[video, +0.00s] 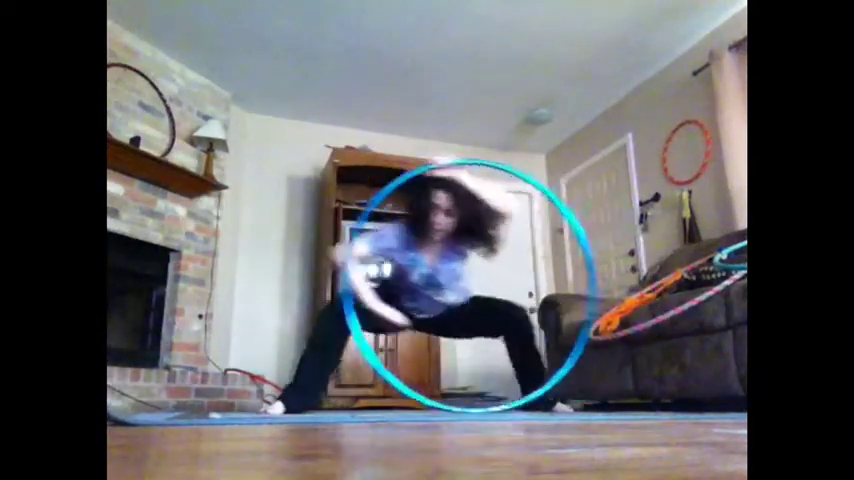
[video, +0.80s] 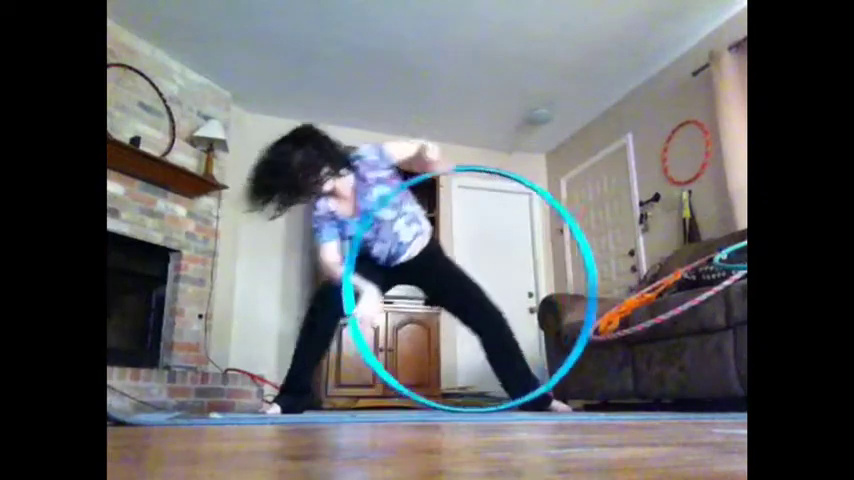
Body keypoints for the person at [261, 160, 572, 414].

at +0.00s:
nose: (439, 217)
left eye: (446, 211)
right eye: (433, 209)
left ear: (460, 215)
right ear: (420, 210)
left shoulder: (463, 246)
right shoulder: (399, 236)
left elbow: (506, 211)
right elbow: (345, 257)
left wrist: (462, 180)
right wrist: (377, 308)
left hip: (443, 312)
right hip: (393, 308)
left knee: (512, 317)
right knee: (338, 313)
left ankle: (540, 404)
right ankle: (295, 403)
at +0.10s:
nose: (399, 211)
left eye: (405, 206)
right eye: (393, 205)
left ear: (416, 209)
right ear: (382, 206)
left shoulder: (428, 235)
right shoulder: (365, 230)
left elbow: (455, 201)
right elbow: (310, 249)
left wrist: (399, 173)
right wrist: (321, 291)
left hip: (426, 308)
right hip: (375, 303)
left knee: (493, 324)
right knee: (318, 310)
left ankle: (541, 403)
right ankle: (296, 402)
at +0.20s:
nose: (372, 197)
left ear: (388, 188)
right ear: (360, 189)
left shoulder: (407, 217)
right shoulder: (342, 221)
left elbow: (425, 199)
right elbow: (292, 253)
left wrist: (365, 176)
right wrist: (294, 292)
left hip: (407, 300)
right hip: (356, 296)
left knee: (478, 331)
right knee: (310, 310)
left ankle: (539, 404)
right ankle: (295, 401)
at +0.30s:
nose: (337, 186)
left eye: (350, 179)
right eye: (333, 179)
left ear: (365, 179)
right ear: (326, 183)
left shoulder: (385, 200)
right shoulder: (315, 217)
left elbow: (405, 191)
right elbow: (276, 256)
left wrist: (344, 181)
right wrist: (265, 291)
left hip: (394, 293)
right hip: (343, 291)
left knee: (466, 339)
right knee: (301, 302)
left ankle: (539, 404)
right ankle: (295, 402)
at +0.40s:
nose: (306, 182)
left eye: (310, 172)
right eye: (297, 178)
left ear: (326, 165)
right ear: (290, 184)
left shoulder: (354, 183)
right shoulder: (295, 223)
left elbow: (398, 175)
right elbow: (258, 276)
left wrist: (340, 180)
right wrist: (278, 305)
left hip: (388, 283)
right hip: (338, 286)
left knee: (454, 340)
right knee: (292, 302)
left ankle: (536, 406)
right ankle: (293, 401)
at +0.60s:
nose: (296, 206)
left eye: (296, 196)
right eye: (286, 203)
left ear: (308, 175)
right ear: (281, 200)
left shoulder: (343, 168)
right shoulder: (298, 222)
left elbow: (402, 146)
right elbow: (290, 277)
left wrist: (381, 163)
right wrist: (324, 302)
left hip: (400, 262)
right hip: (351, 273)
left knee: (463, 328)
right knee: (301, 306)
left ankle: (532, 402)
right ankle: (292, 402)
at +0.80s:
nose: (323, 194)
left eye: (323, 183)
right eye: (313, 193)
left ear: (330, 164)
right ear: (305, 194)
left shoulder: (371, 159)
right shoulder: (323, 211)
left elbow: (418, 155)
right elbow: (330, 264)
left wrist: (429, 159)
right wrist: (365, 290)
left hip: (423, 257)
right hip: (372, 269)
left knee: (489, 318)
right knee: (321, 314)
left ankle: (532, 399)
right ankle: (293, 400)